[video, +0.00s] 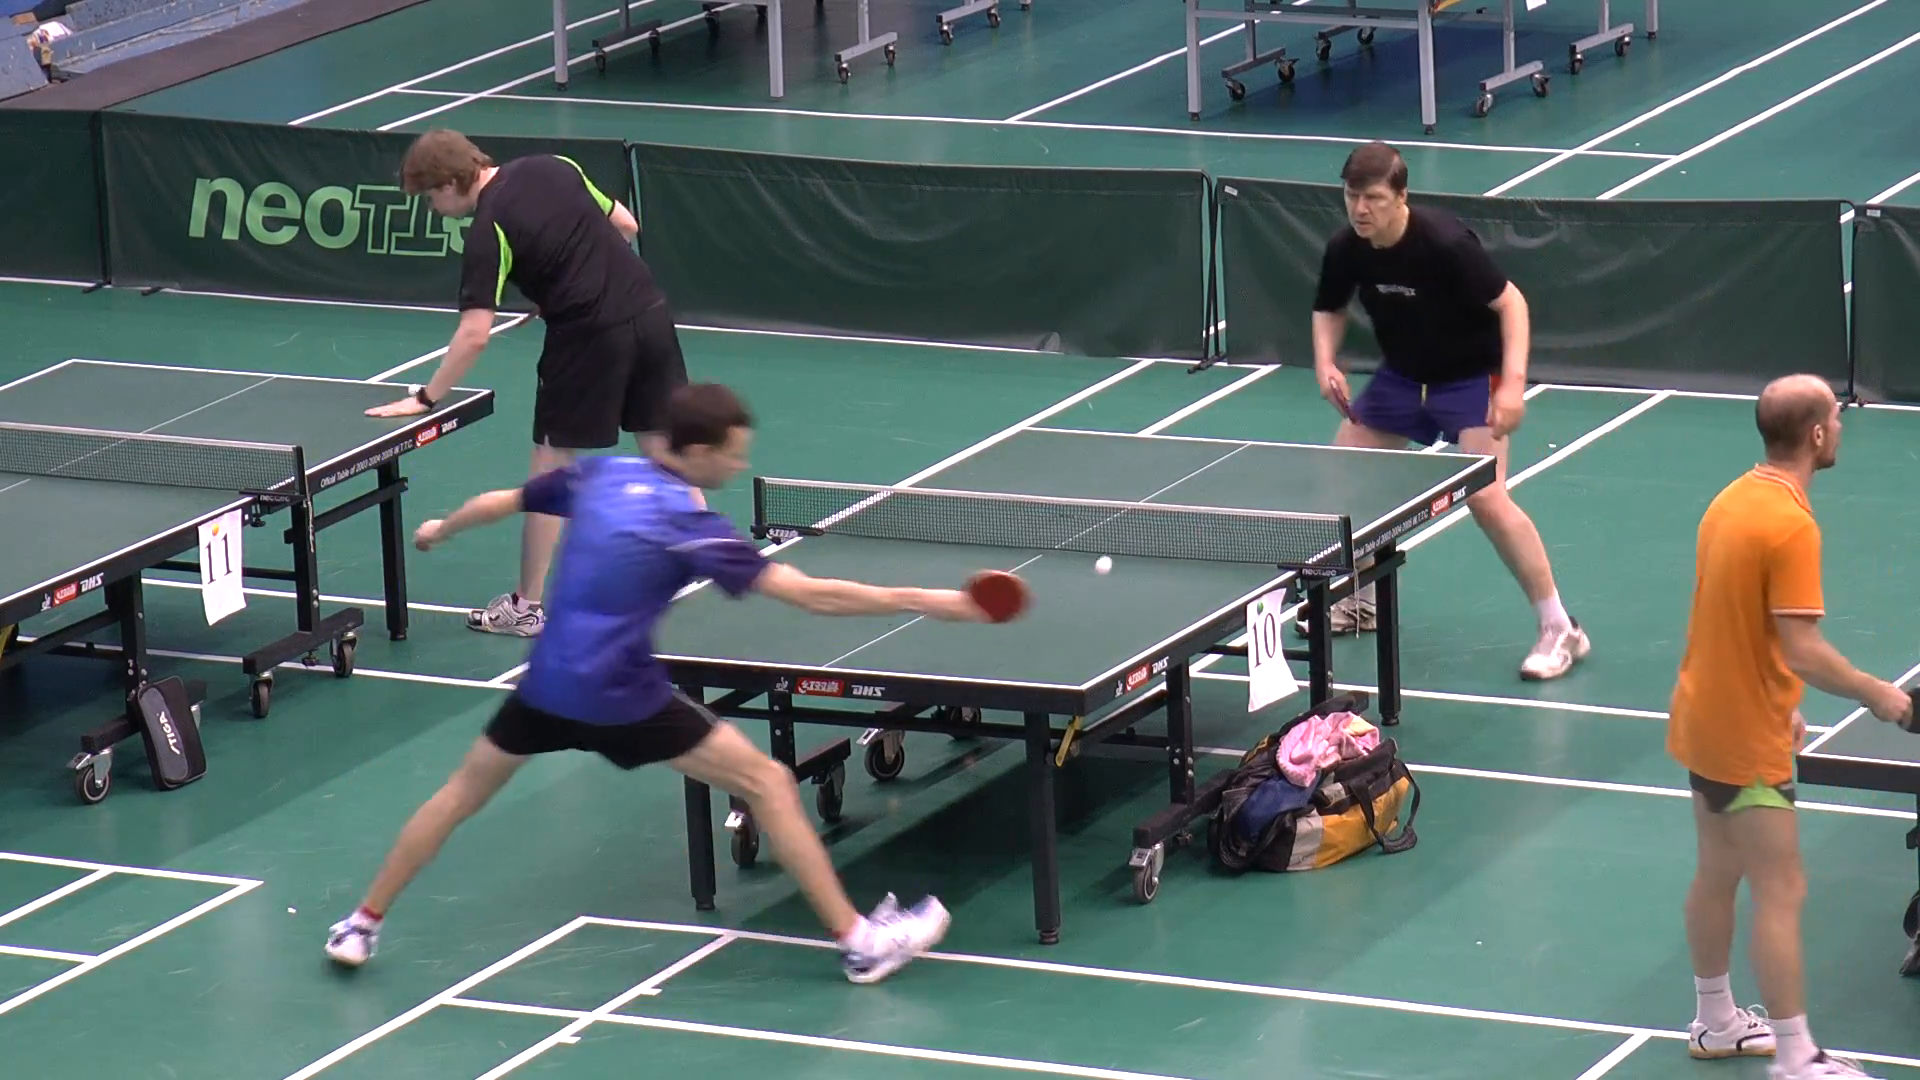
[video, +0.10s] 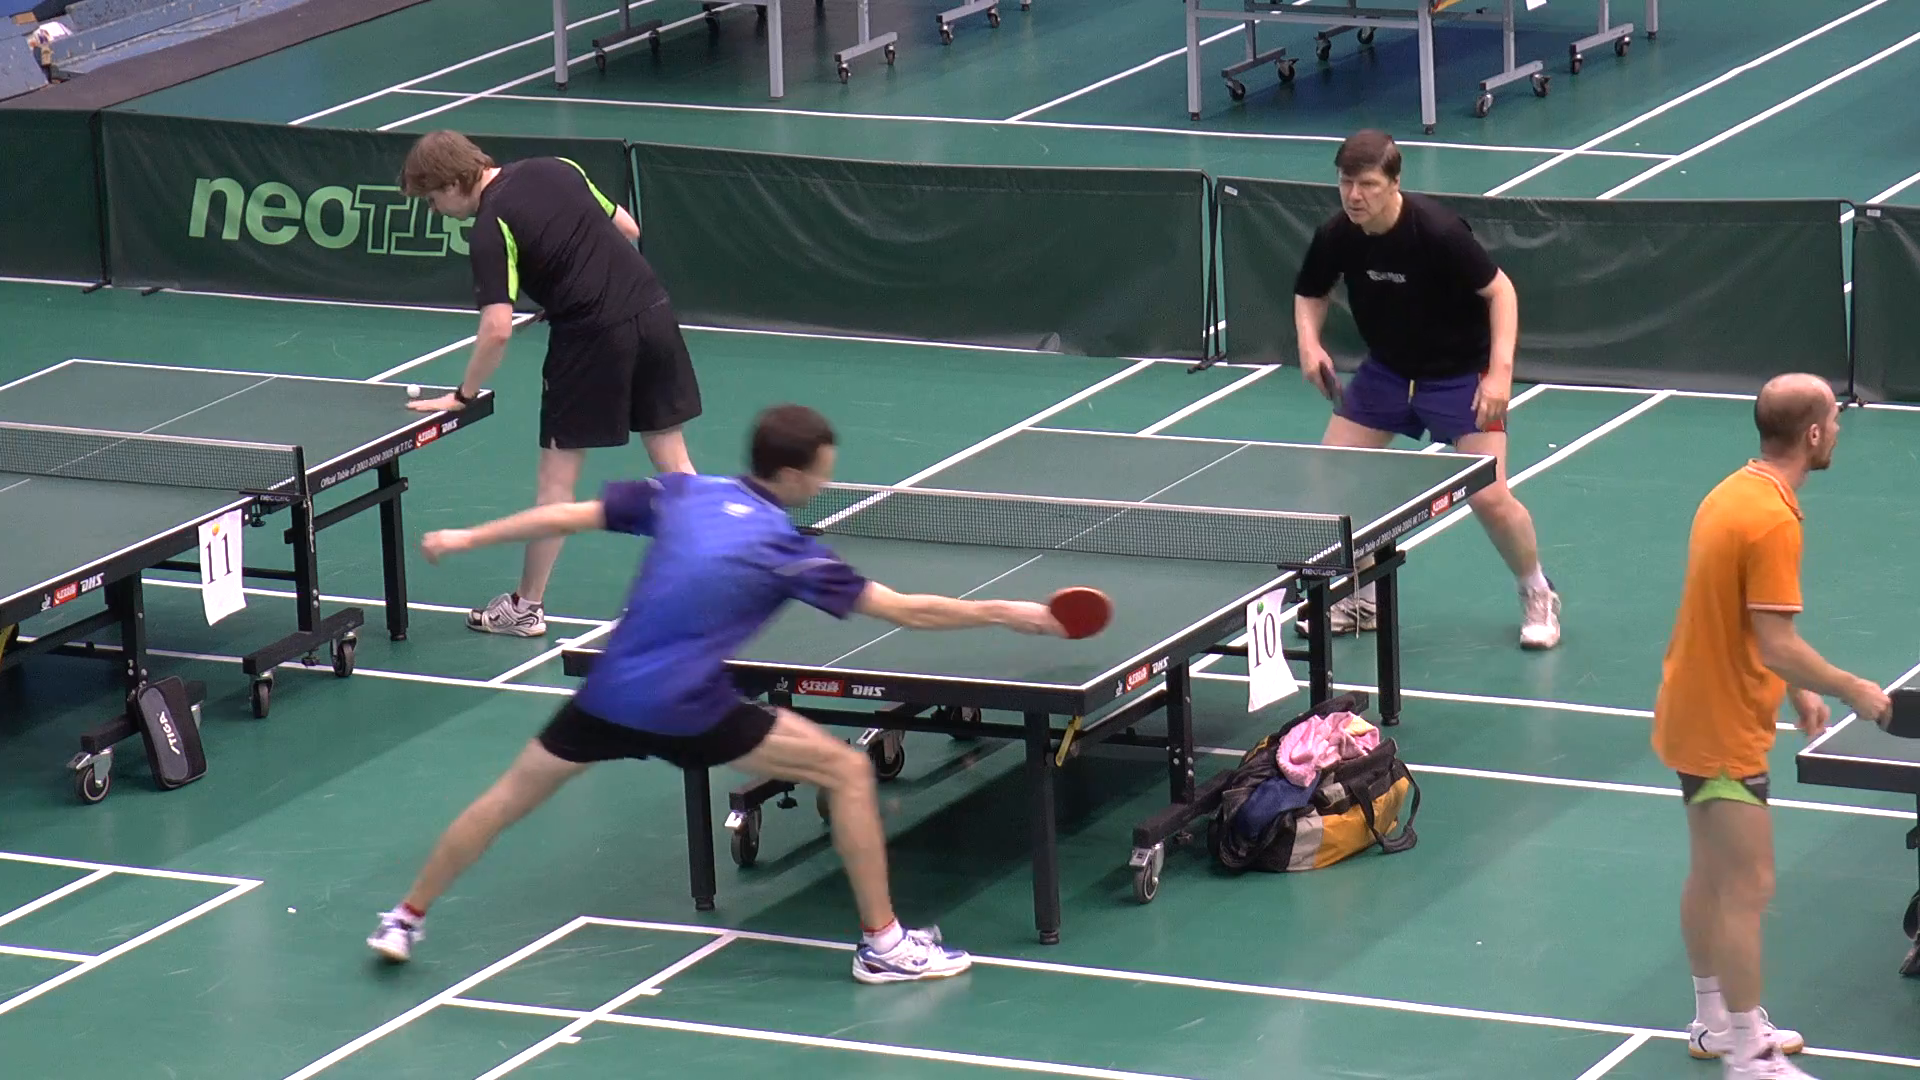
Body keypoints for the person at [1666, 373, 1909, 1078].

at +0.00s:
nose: (1839, 428)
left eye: (1837, 416)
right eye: (1836, 418)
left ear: (1770, 433)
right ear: (1818, 434)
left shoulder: (1731, 499)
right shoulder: (1790, 521)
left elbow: (1721, 627)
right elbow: (1800, 647)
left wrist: (1776, 706)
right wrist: (1877, 691)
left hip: (1702, 721)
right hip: (1746, 734)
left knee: (1716, 872)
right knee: (1780, 890)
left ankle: (1714, 1020)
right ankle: (1797, 1054)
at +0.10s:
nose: (1836, 427)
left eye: (1834, 417)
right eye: (1834, 418)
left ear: (1769, 429)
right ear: (1814, 433)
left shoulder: (1736, 491)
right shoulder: (1771, 515)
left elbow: (1750, 621)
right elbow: (1776, 643)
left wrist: (1798, 688)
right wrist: (1853, 687)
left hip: (1697, 713)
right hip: (1724, 727)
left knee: (1710, 874)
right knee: (1747, 886)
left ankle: (1712, 1019)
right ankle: (1748, 1050)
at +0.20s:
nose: (1834, 431)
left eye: (1831, 420)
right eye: (1830, 421)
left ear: (1775, 430)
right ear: (1808, 434)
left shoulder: (1749, 496)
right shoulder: (1751, 514)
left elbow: (1774, 621)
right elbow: (1753, 646)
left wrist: (1833, 674)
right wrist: (1827, 688)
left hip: (1712, 715)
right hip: (1698, 725)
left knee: (1716, 870)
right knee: (1713, 879)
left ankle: (1717, 1016)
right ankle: (1692, 1044)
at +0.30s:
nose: (1832, 437)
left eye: (1830, 426)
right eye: (1828, 427)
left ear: (1779, 433)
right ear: (1801, 438)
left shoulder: (1752, 498)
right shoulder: (1737, 515)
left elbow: (1769, 589)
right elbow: (1722, 639)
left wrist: (1856, 633)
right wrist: (1802, 688)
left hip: (1714, 717)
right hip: (1681, 723)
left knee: (1711, 867)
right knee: (1680, 875)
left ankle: (1716, 1020)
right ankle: (1633, 1034)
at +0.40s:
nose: (1823, 440)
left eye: (1821, 429)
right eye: (1818, 430)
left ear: (1772, 435)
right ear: (1791, 439)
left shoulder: (1756, 503)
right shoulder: (1717, 513)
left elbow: (1787, 587)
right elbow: (1693, 634)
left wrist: (1880, 608)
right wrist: (1775, 689)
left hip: (1709, 717)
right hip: (1660, 721)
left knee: (1704, 863)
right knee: (1643, 873)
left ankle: (1714, 1019)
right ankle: (1584, 1011)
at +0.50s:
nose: (1810, 444)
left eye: (1809, 433)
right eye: (1805, 434)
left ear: (1763, 439)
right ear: (1773, 441)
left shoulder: (1755, 507)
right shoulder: (1690, 514)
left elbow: (1806, 593)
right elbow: (1661, 631)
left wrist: (1900, 613)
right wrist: (1743, 690)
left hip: (1700, 713)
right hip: (1640, 714)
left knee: (1700, 859)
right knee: (1612, 865)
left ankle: (1714, 1019)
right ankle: (1550, 990)